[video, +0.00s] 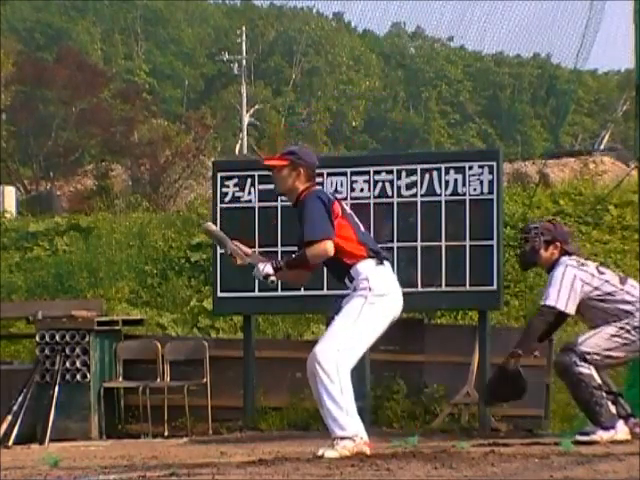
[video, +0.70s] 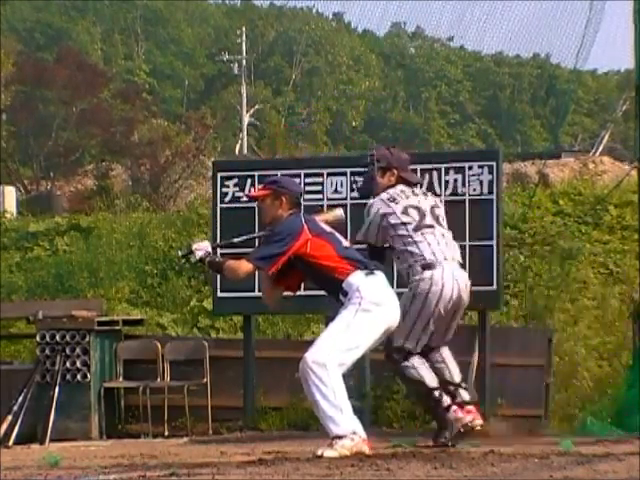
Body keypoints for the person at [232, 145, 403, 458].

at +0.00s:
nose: (274, 176)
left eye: (279, 170)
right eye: (274, 171)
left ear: (298, 172)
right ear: (299, 174)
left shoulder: (313, 199)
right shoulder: (313, 204)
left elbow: (323, 249)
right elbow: (300, 278)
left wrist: (282, 265)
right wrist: (265, 267)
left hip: (374, 288)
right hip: (369, 290)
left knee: (325, 358)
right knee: (322, 361)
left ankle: (351, 438)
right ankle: (351, 436)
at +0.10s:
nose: (268, 188)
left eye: (273, 182)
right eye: (269, 182)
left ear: (293, 185)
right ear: (295, 186)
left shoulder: (307, 210)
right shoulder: (313, 213)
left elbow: (305, 257)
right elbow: (295, 287)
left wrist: (260, 267)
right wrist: (258, 271)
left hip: (376, 292)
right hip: (376, 293)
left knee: (324, 358)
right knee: (321, 360)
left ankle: (350, 437)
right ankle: (351, 436)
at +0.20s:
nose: (264, 200)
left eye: (268, 194)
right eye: (264, 195)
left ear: (288, 196)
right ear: (289, 197)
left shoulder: (303, 218)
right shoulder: (312, 227)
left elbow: (277, 266)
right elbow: (288, 296)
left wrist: (235, 269)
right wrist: (258, 263)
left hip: (378, 296)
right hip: (374, 298)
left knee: (323, 358)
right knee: (318, 361)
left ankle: (351, 438)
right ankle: (350, 436)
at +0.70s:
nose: (258, 207)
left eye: (263, 201)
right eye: (259, 202)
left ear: (282, 202)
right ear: (284, 204)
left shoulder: (292, 227)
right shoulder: (306, 228)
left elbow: (240, 271)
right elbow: (272, 298)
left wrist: (209, 259)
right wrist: (264, 259)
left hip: (370, 297)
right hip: (372, 298)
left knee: (317, 362)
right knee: (316, 364)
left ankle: (349, 436)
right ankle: (351, 435)